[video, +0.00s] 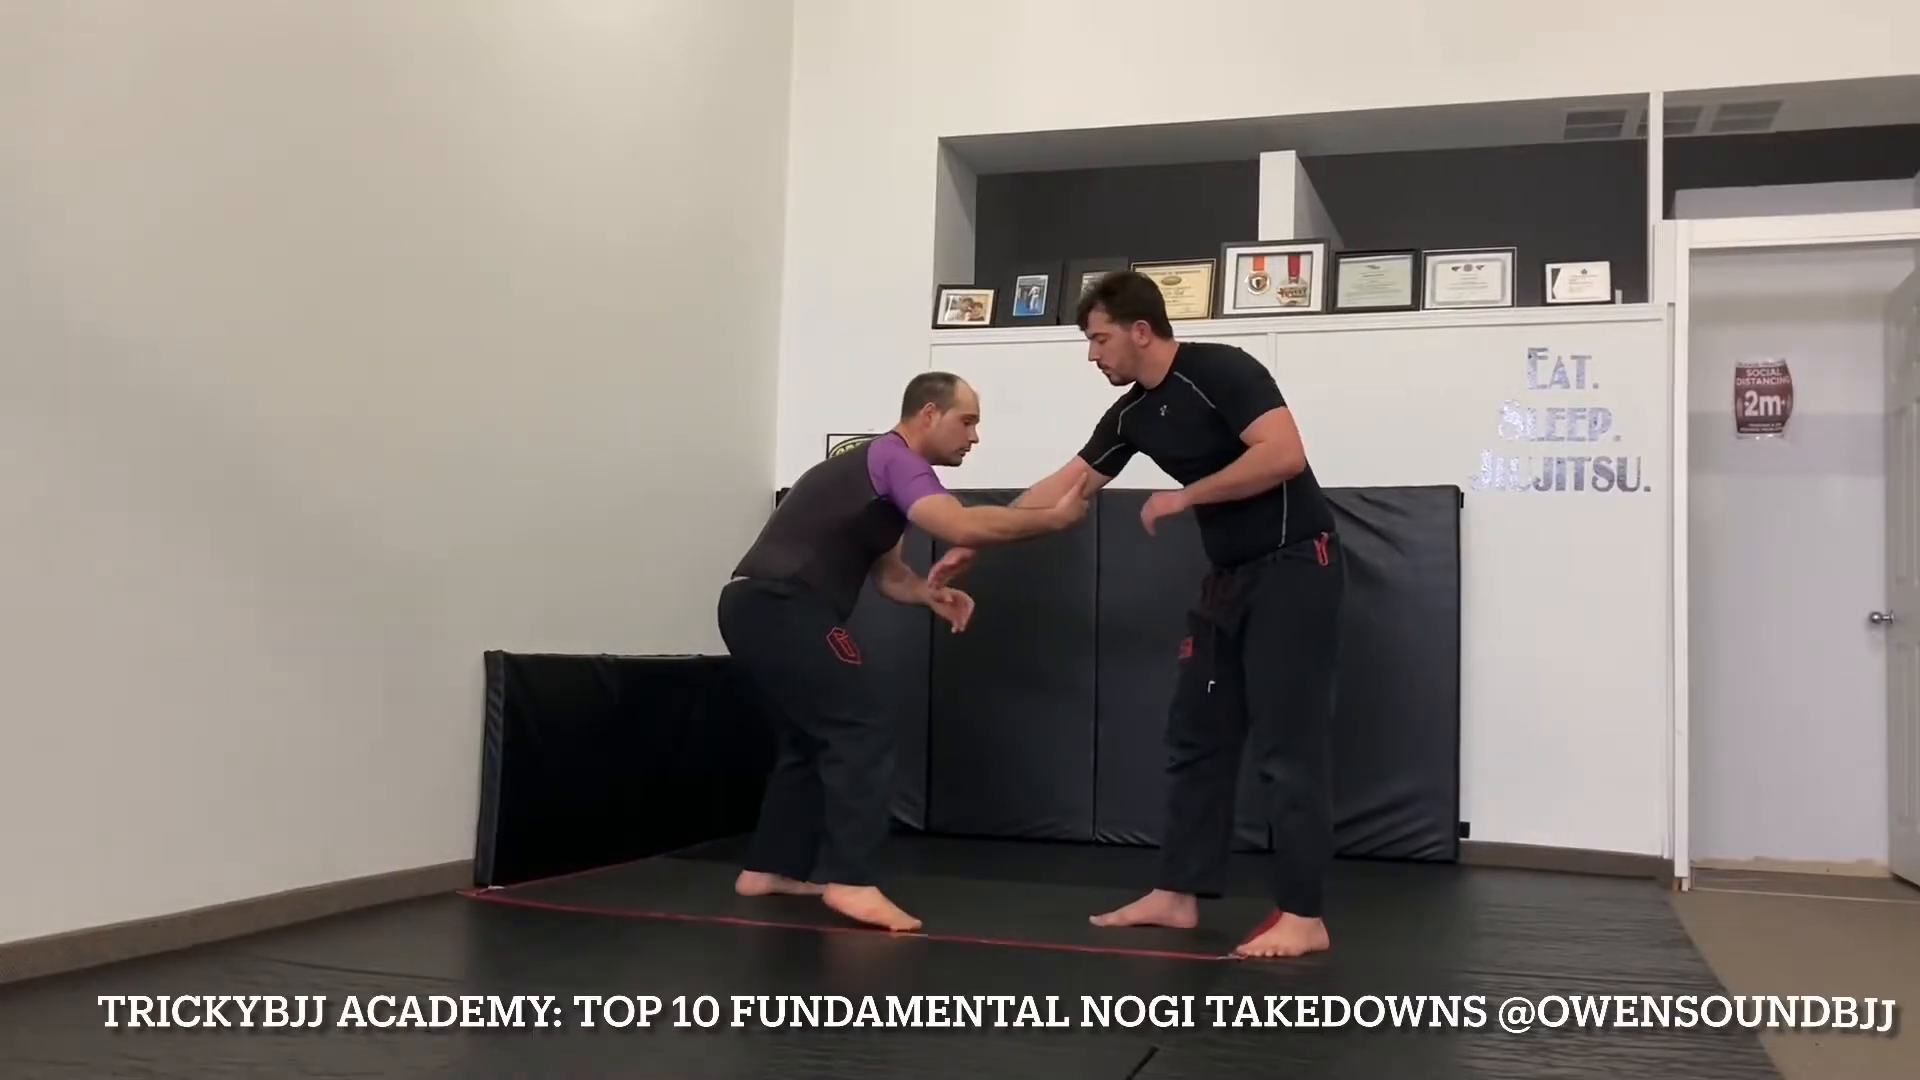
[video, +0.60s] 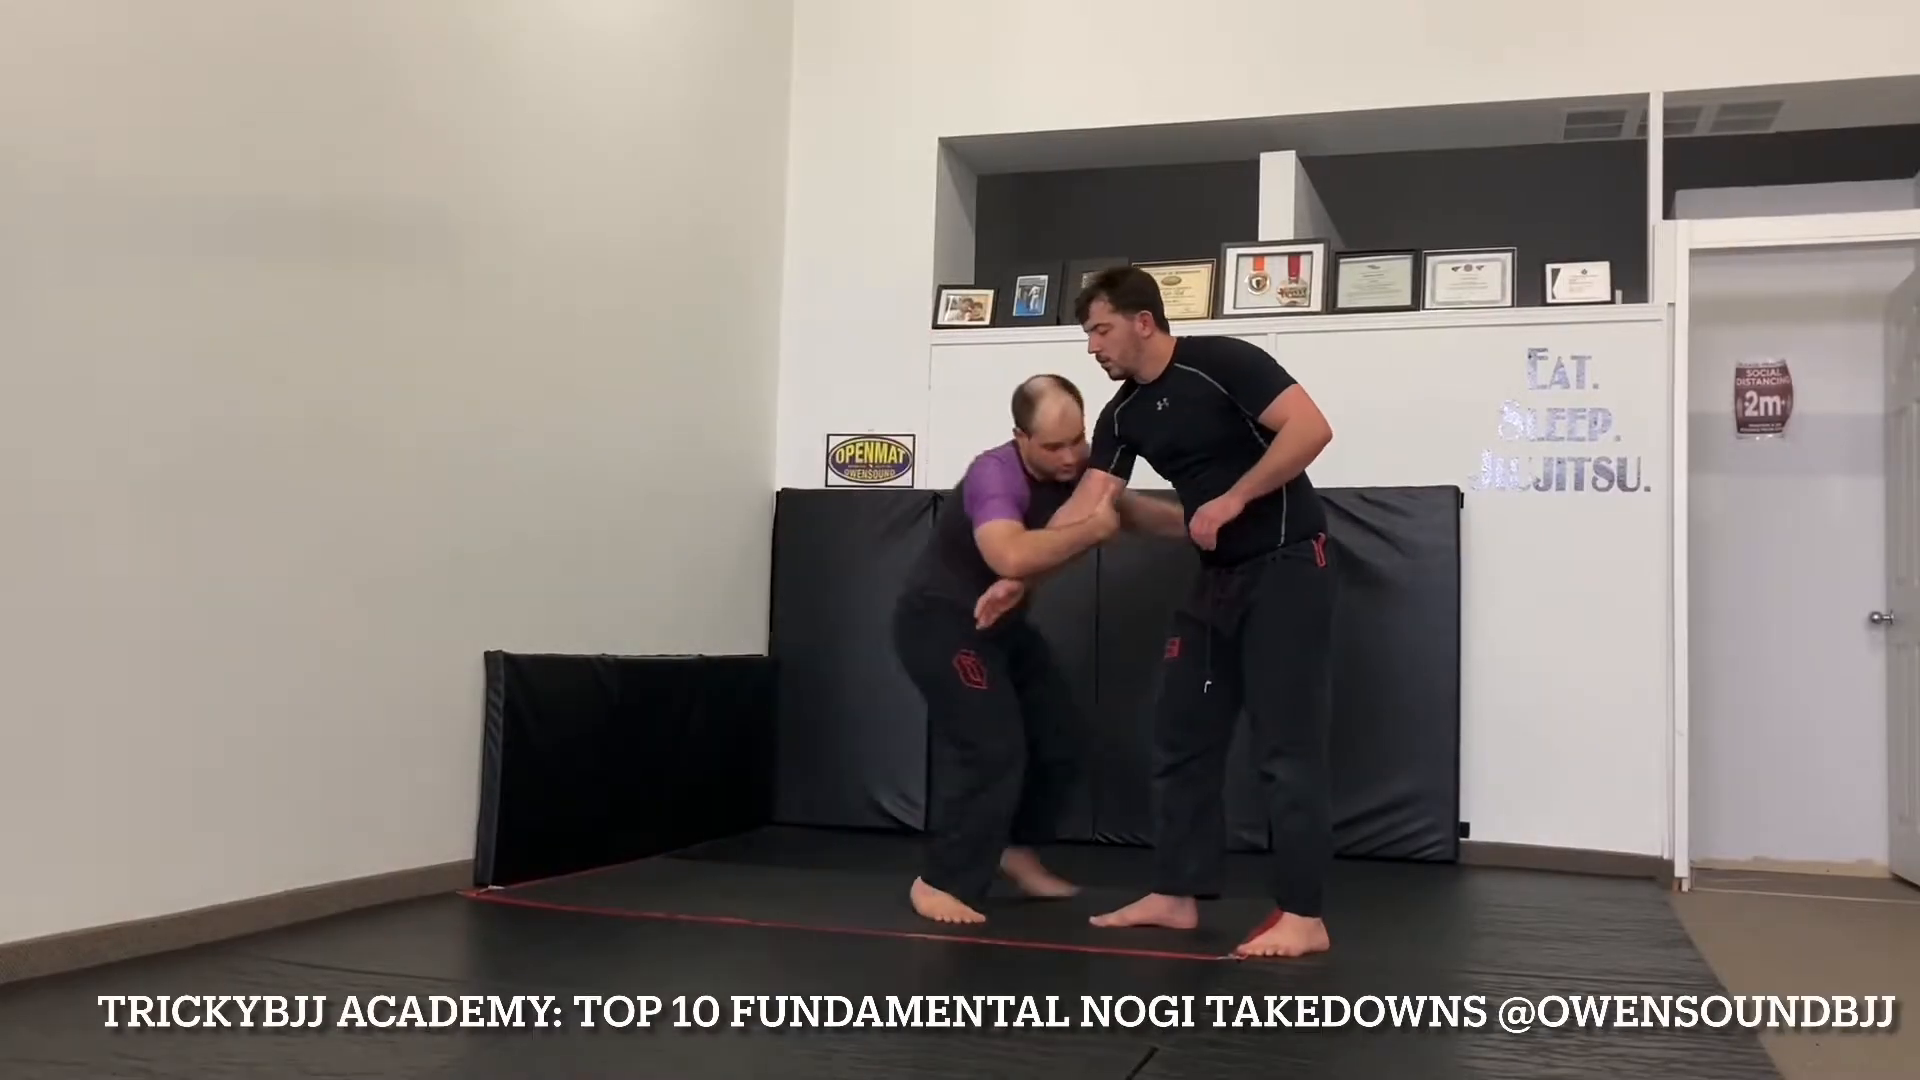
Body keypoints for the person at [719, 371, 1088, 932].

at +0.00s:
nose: (975, 436)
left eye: (976, 424)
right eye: (967, 422)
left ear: (924, 418)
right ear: (929, 414)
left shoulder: (871, 459)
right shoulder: (895, 456)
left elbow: (885, 569)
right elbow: (957, 525)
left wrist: (932, 594)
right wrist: (1050, 516)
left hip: (755, 603)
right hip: (787, 607)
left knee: (807, 738)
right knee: (860, 729)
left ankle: (771, 866)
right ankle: (851, 881)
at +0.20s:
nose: (1005, 440)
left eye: (1008, 428)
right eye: (998, 426)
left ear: (956, 425)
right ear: (957, 420)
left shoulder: (915, 468)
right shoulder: (919, 454)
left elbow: (924, 571)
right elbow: (942, 516)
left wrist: (977, 604)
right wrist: (1038, 511)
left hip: (789, 607)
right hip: (815, 612)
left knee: (824, 744)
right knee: (909, 729)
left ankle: (774, 866)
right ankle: (929, 876)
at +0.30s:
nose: (1029, 448)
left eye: (1032, 436)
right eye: (1021, 435)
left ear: (981, 430)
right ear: (980, 427)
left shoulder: (951, 476)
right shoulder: (940, 461)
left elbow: (966, 565)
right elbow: (953, 519)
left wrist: (1027, 597)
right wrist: (1043, 513)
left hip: (818, 617)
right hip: (842, 621)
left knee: (850, 745)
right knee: (934, 730)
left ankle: (779, 863)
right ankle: (934, 882)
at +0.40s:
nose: (1049, 452)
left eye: (1053, 440)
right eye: (1041, 439)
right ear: (999, 430)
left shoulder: (1000, 484)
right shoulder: (959, 464)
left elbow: (1017, 554)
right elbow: (972, 526)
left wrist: (1086, 579)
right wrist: (1064, 516)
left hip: (897, 623)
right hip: (873, 620)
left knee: (902, 750)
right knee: (960, 737)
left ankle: (806, 834)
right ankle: (937, 884)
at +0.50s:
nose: (1059, 454)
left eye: (1064, 441)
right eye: (1045, 442)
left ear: (1069, 430)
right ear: (1009, 432)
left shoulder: (1043, 480)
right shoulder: (973, 467)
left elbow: (1083, 538)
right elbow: (992, 539)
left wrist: (1156, 551)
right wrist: (1072, 516)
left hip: (953, 620)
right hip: (903, 615)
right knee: (974, 739)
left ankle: (881, 813)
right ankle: (940, 885)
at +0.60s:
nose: (1069, 458)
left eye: (1077, 443)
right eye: (1053, 447)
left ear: (1086, 429)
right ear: (1021, 439)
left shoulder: (1082, 473)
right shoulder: (994, 473)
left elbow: (1133, 511)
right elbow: (1009, 556)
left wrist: (1207, 521)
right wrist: (1095, 527)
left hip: (1004, 620)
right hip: (940, 620)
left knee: (1055, 724)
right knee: (991, 741)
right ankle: (940, 882)